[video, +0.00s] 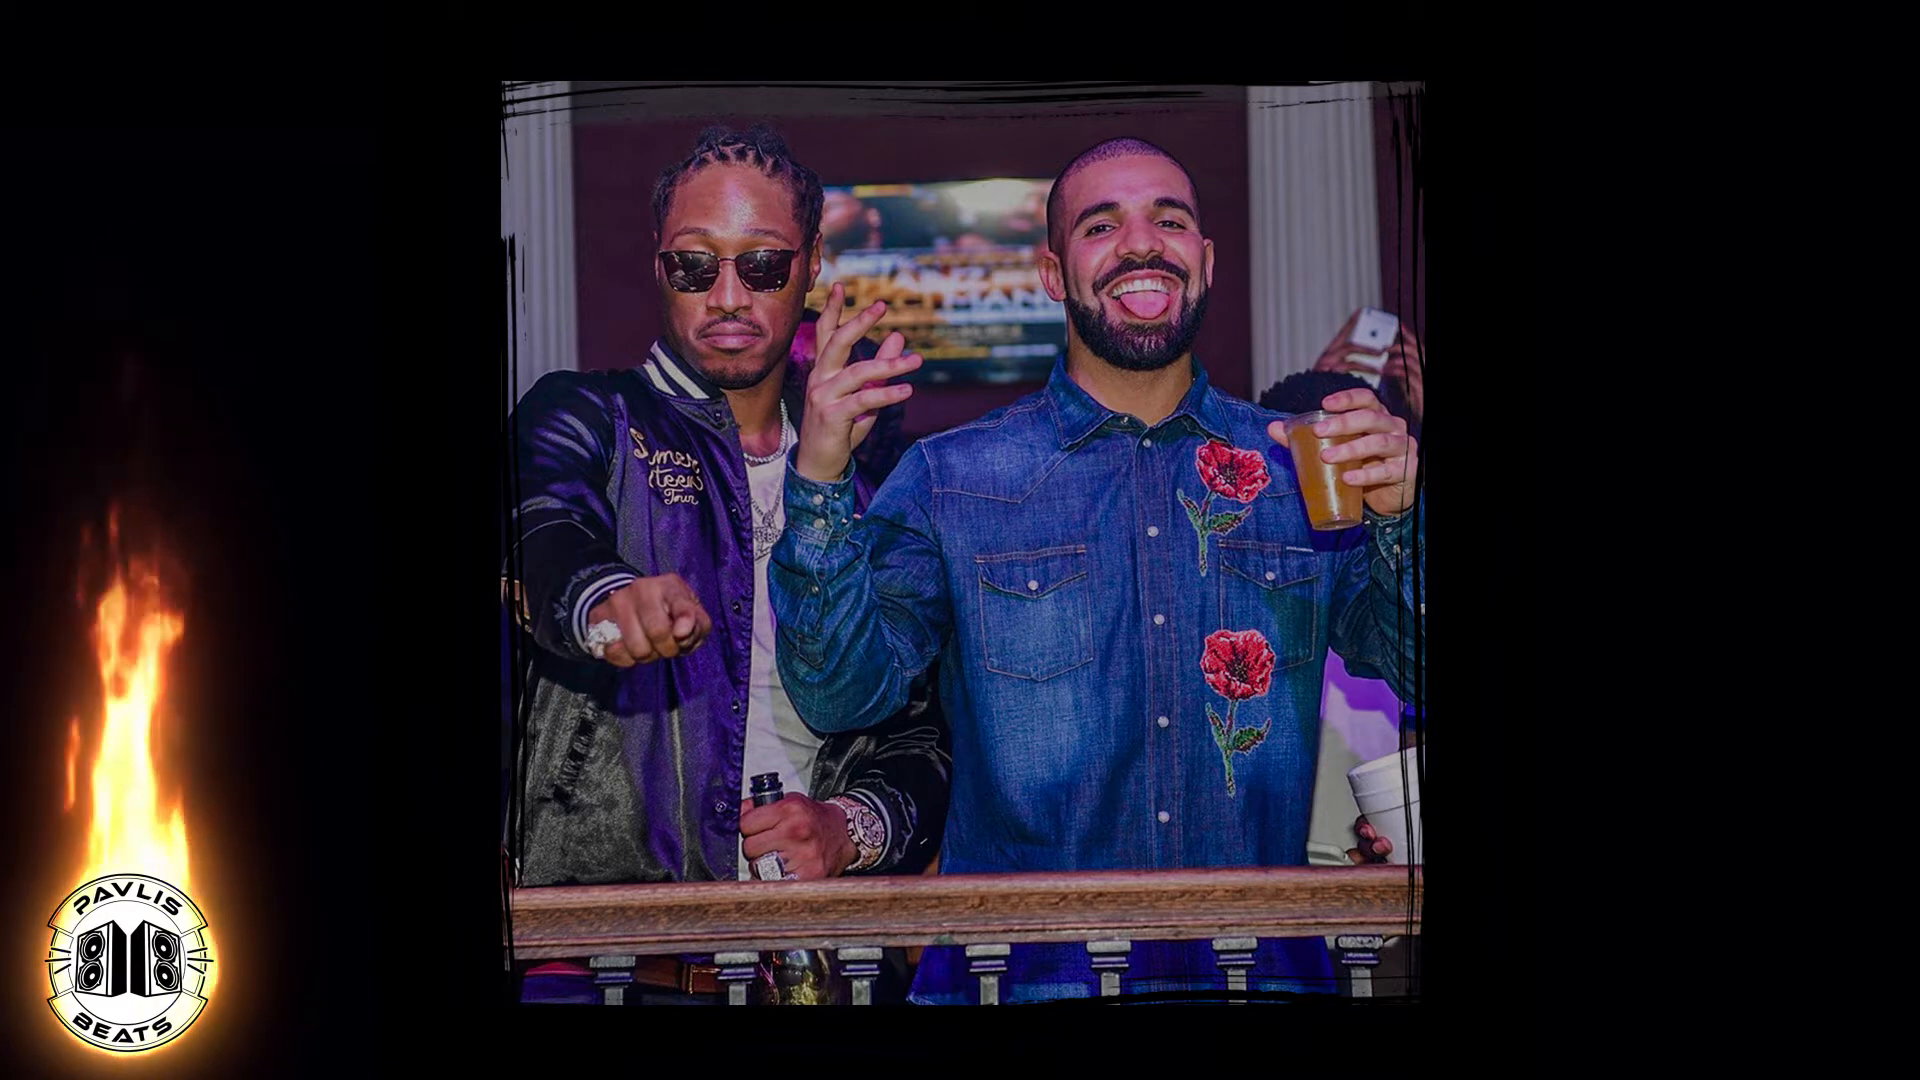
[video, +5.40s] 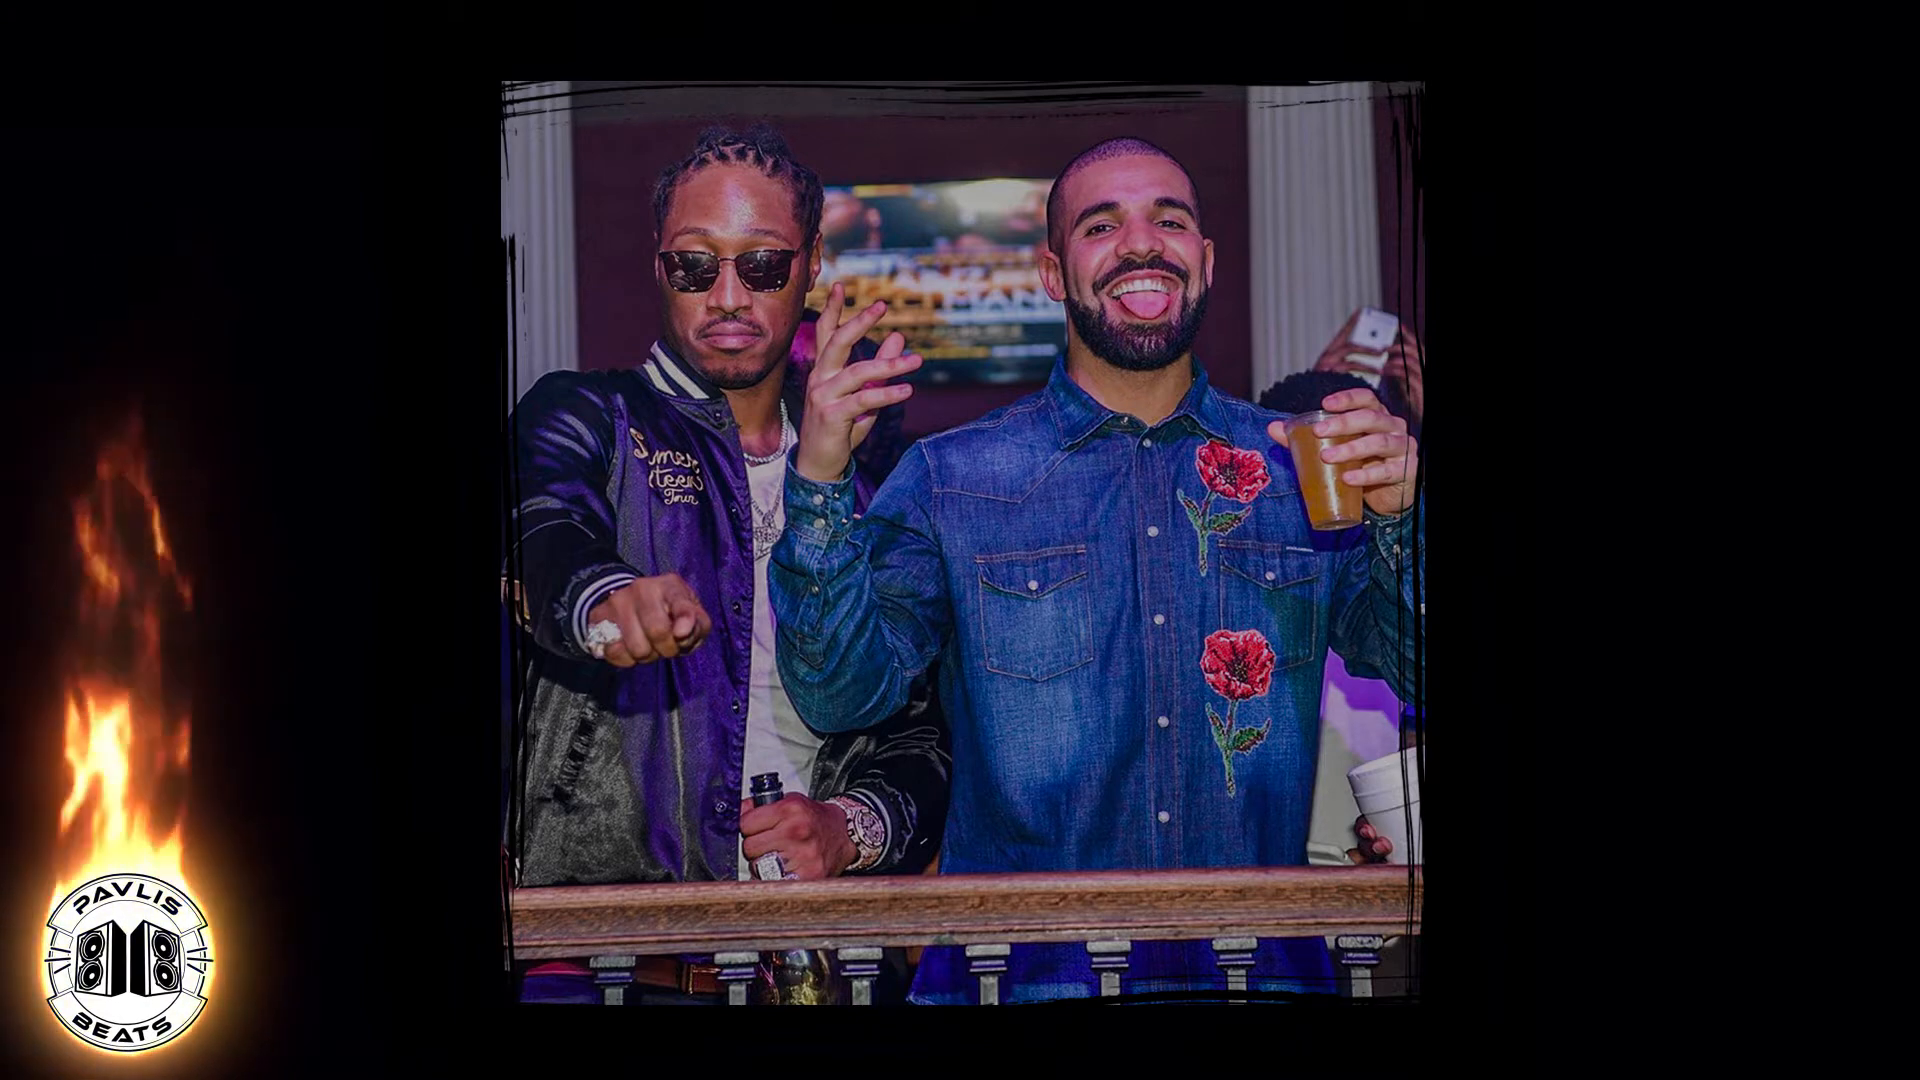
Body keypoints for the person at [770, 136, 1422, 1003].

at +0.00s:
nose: (1142, 242)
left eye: (1170, 219)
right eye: (1102, 225)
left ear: (1207, 259)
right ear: (1055, 273)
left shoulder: (1304, 469)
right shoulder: (945, 478)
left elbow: (1413, 673)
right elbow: (840, 692)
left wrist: (1402, 516)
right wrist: (818, 475)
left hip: (1255, 955)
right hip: (1022, 963)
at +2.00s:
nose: (1142, 242)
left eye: (1170, 219)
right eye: (1102, 225)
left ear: (1207, 259)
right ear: (1055, 273)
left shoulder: (1304, 469)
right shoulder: (945, 478)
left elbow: (1413, 673)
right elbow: (840, 692)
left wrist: (1402, 516)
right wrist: (818, 475)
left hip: (1255, 955)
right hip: (1022, 963)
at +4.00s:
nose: (1142, 242)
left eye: (1170, 219)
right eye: (1102, 225)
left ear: (1207, 259)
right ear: (1055, 273)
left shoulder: (1304, 469)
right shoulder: (945, 478)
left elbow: (1413, 673)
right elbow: (840, 692)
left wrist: (1402, 516)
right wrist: (818, 475)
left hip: (1255, 955)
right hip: (1022, 963)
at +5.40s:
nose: (1141, 242)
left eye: (1169, 219)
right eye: (1102, 224)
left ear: (1208, 259)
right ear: (1055, 272)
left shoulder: (1304, 469)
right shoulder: (945, 478)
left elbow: (1413, 672)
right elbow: (840, 692)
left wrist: (1402, 515)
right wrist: (818, 473)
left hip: (1255, 954)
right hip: (1020, 964)